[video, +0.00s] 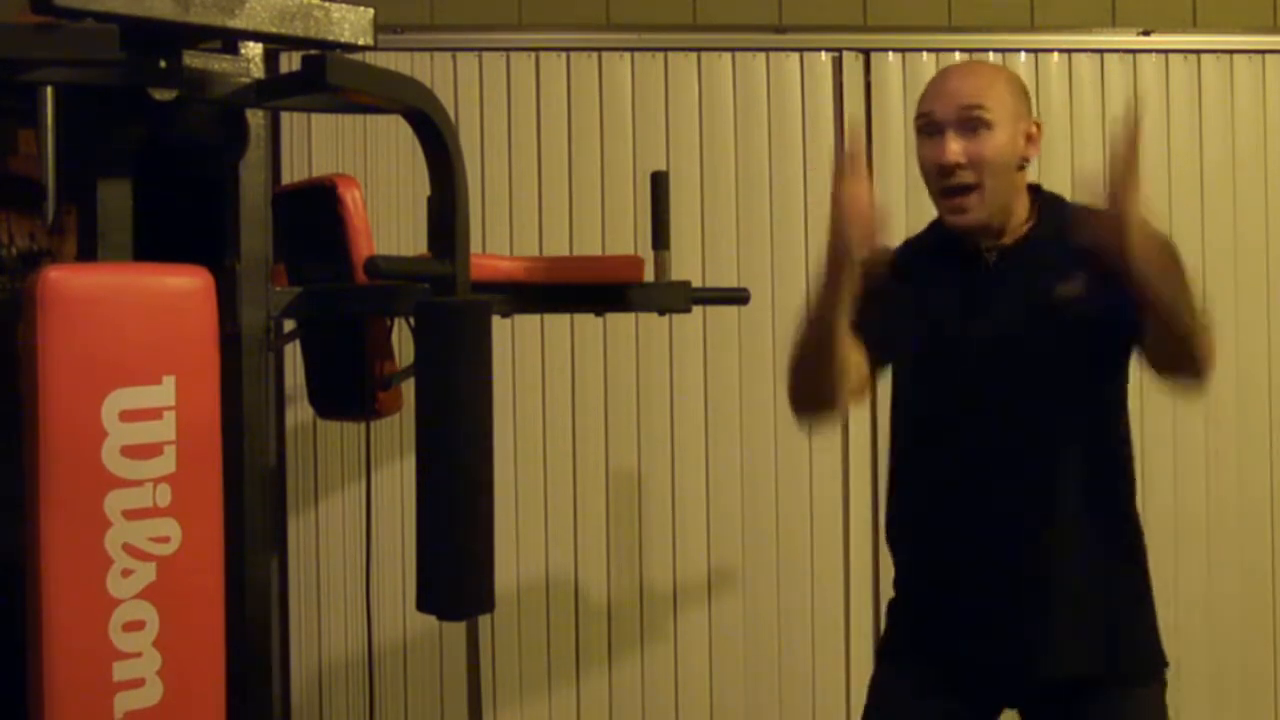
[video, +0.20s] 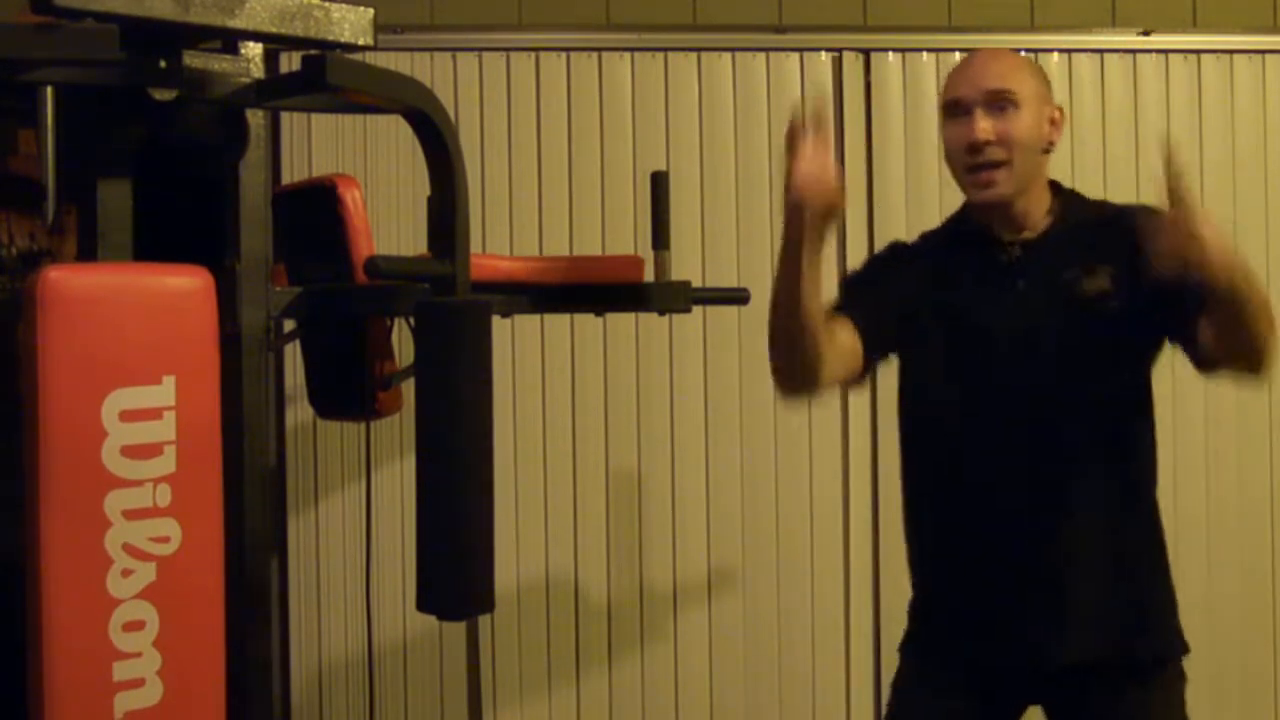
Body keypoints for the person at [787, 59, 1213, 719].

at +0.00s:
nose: (948, 154)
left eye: (974, 126)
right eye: (930, 131)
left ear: (1028, 141)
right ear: (916, 148)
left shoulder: (1103, 248)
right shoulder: (903, 274)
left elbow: (1188, 363)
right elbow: (812, 398)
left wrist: (1139, 241)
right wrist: (844, 264)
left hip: (1086, 624)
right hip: (938, 626)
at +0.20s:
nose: (978, 131)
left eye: (1001, 107)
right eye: (958, 113)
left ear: (1052, 125)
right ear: (941, 136)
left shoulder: (1132, 245)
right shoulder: (914, 272)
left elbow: (1247, 356)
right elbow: (800, 370)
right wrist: (804, 228)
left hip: (1112, 633)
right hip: (958, 635)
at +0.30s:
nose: (996, 138)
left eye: (1017, 113)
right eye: (975, 120)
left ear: (1068, 127)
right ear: (956, 141)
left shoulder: (1151, 262)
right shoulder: (918, 285)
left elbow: (1233, 405)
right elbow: (834, 449)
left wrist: (1233, 469)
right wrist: (810, 412)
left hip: (1121, 629)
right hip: (966, 632)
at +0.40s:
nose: (1019, 140)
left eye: (1038, 115)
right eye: (994, 122)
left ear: (1079, 132)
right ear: (965, 149)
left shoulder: (1154, 274)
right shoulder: (915, 293)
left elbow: (1193, 462)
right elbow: (875, 458)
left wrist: (1200, 643)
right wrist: (872, 604)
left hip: (1120, 636)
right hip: (964, 635)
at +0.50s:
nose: (1024, 144)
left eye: (1040, 120)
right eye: (995, 126)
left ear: (1066, 138)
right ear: (955, 156)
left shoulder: (1136, 281)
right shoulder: (900, 297)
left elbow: (1164, 473)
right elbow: (863, 469)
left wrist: (1172, 655)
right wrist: (878, 628)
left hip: (1097, 648)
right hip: (947, 657)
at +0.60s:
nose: (991, 130)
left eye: (1008, 108)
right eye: (962, 114)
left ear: (1036, 130)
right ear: (927, 148)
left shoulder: (1107, 273)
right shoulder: (876, 283)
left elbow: (1150, 463)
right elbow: (801, 459)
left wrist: (1163, 643)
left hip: (1057, 634)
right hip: (902, 640)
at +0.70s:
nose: (961, 121)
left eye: (978, 100)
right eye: (934, 106)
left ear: (1010, 129)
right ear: (900, 146)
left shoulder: (1082, 268)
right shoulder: (851, 273)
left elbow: (1127, 452)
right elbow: (747, 436)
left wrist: (1125, 638)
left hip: (1026, 634)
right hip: (872, 634)